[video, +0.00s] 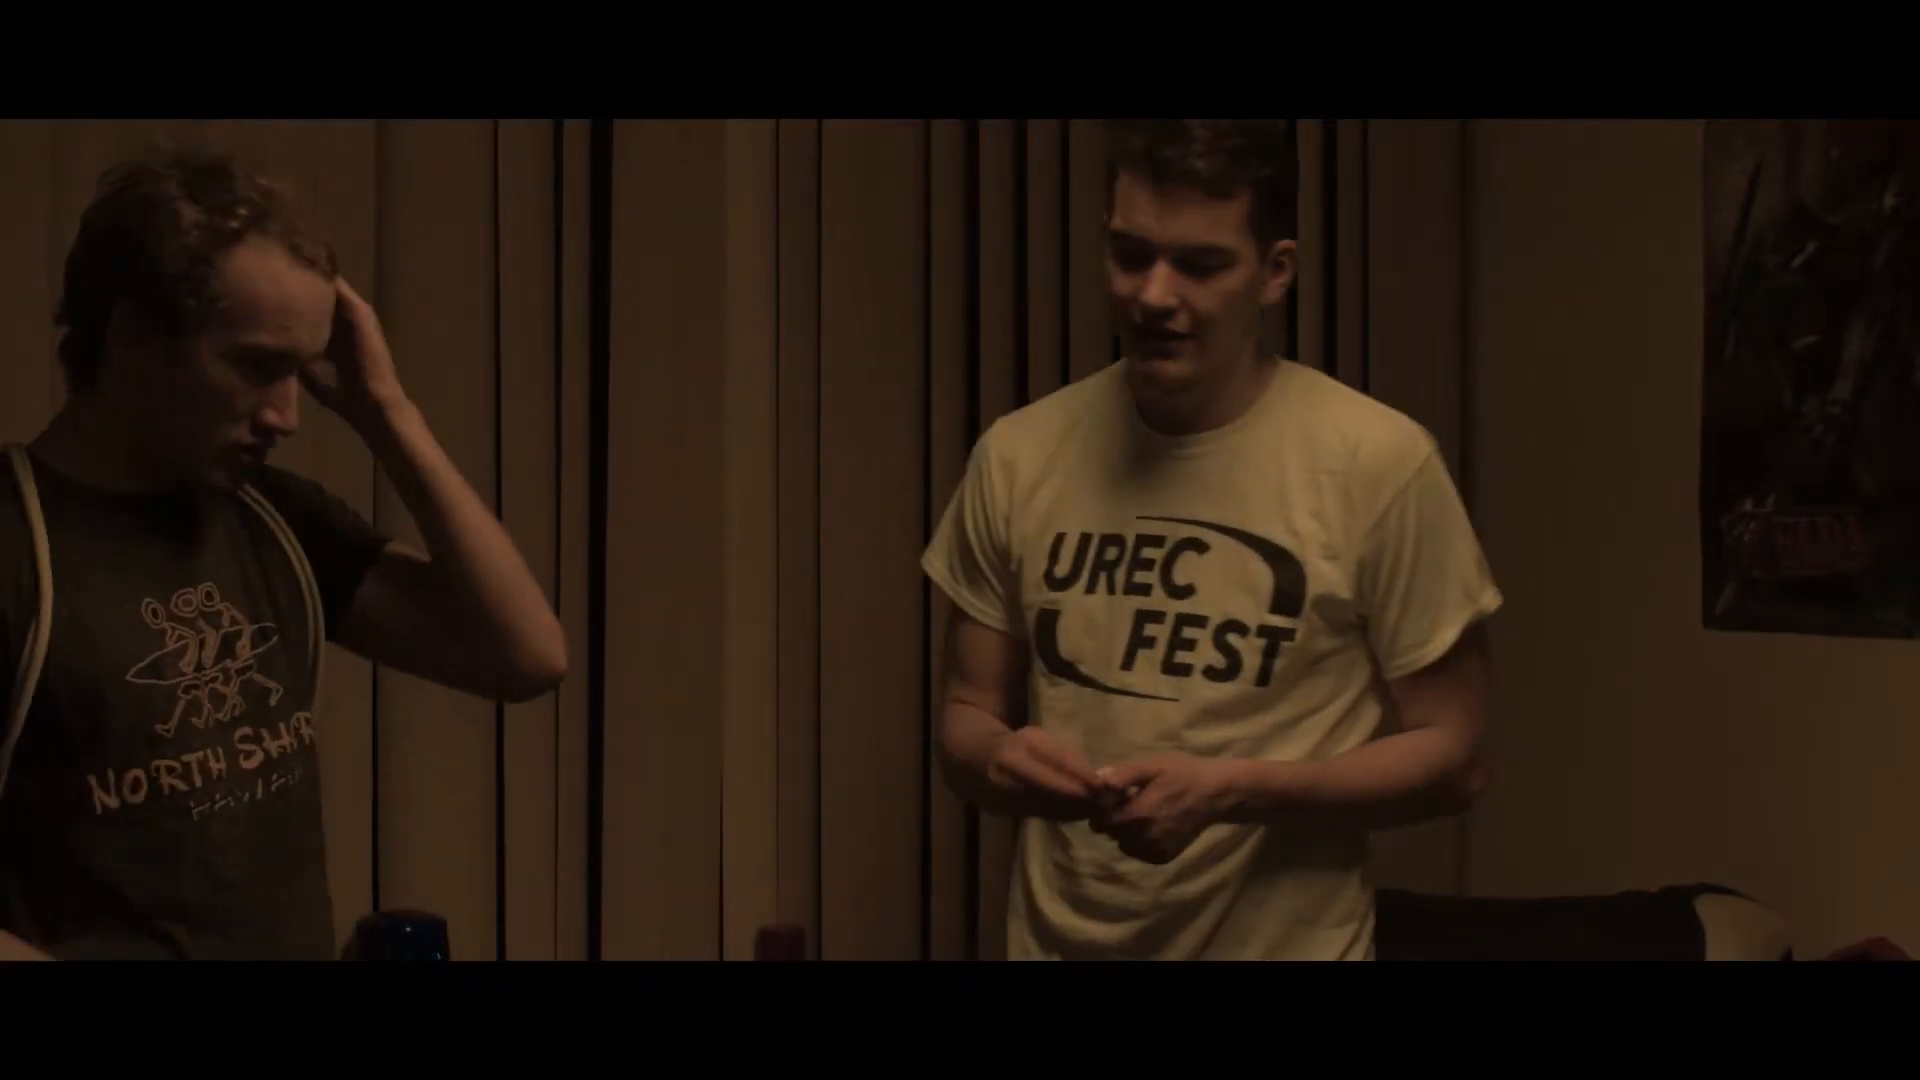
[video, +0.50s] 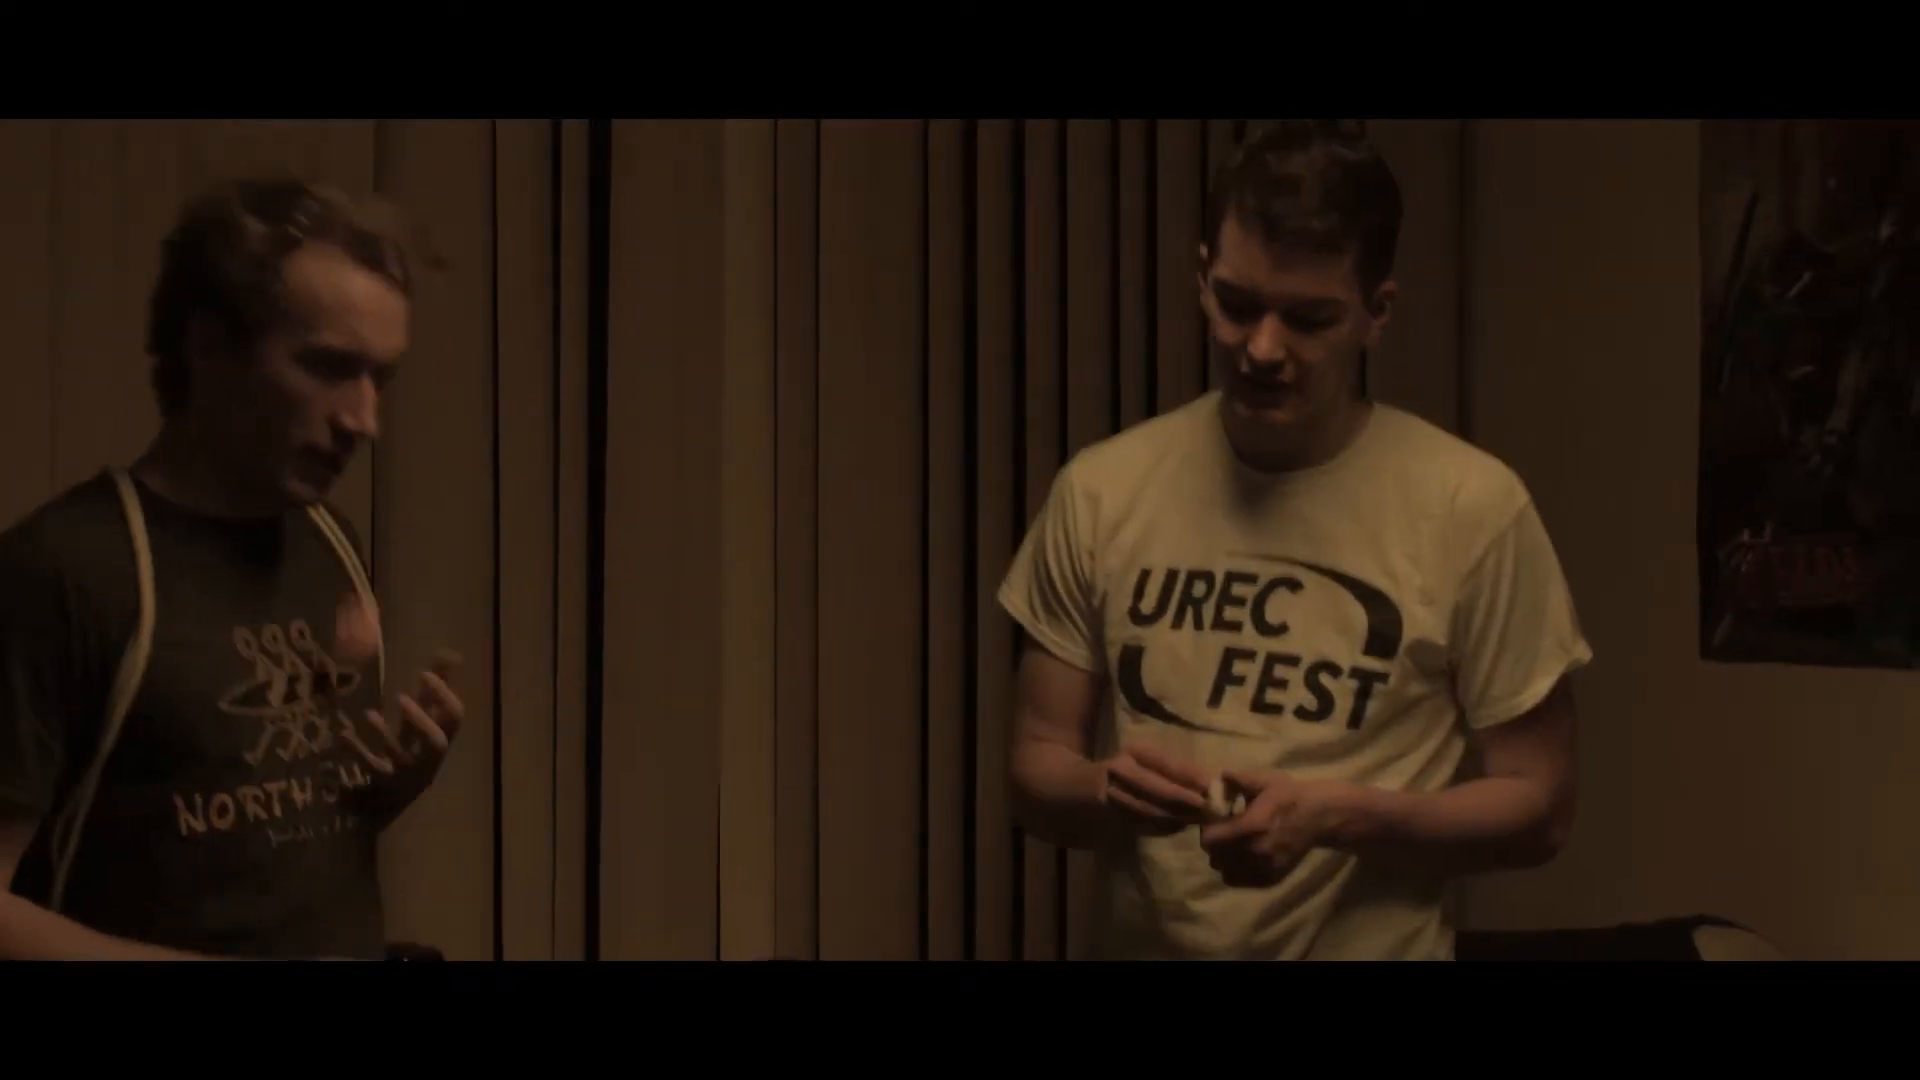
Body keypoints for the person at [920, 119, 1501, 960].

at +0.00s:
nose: (1153, 297)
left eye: (1199, 264)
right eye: (1131, 257)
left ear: (1275, 273)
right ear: (1106, 253)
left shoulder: (1379, 467)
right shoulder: (1019, 458)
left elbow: (1450, 751)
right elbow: (967, 703)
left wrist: (1232, 787)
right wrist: (1000, 760)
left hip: (1283, 946)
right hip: (1056, 945)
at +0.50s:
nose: (1264, 349)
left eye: (1310, 318)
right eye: (1239, 306)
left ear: (1378, 311)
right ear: (1204, 280)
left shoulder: (1473, 512)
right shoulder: (1103, 492)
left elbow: (1539, 807)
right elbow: (1037, 762)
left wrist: (1338, 811)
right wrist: (1109, 794)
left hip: (1371, 950)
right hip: (1148, 947)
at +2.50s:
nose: (1292, 334)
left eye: (1334, 300)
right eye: (1269, 296)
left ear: (1416, 280)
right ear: (1246, 277)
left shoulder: (1530, 469)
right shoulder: (1183, 459)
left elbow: (1606, 771)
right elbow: (1119, 740)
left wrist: (1360, 714)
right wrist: (1196, 718)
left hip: (1419, 943)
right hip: (1192, 939)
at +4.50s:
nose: (1287, 365)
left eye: (1328, 331)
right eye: (1260, 327)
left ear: (1403, 311)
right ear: (1237, 306)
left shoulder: (1515, 492)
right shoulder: (1167, 497)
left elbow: (1597, 797)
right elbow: (1091, 802)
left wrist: (1393, 693)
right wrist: (1144, 713)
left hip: (1417, 945)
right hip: (1194, 943)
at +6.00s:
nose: (1224, 307)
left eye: (1270, 272)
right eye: (1216, 271)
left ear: (1366, 289)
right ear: (1201, 273)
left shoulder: (1505, 486)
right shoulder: (1157, 486)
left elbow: (1592, 791)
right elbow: (1076, 799)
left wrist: (1376, 691)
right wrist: (1126, 630)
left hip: (1406, 946)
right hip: (1179, 941)